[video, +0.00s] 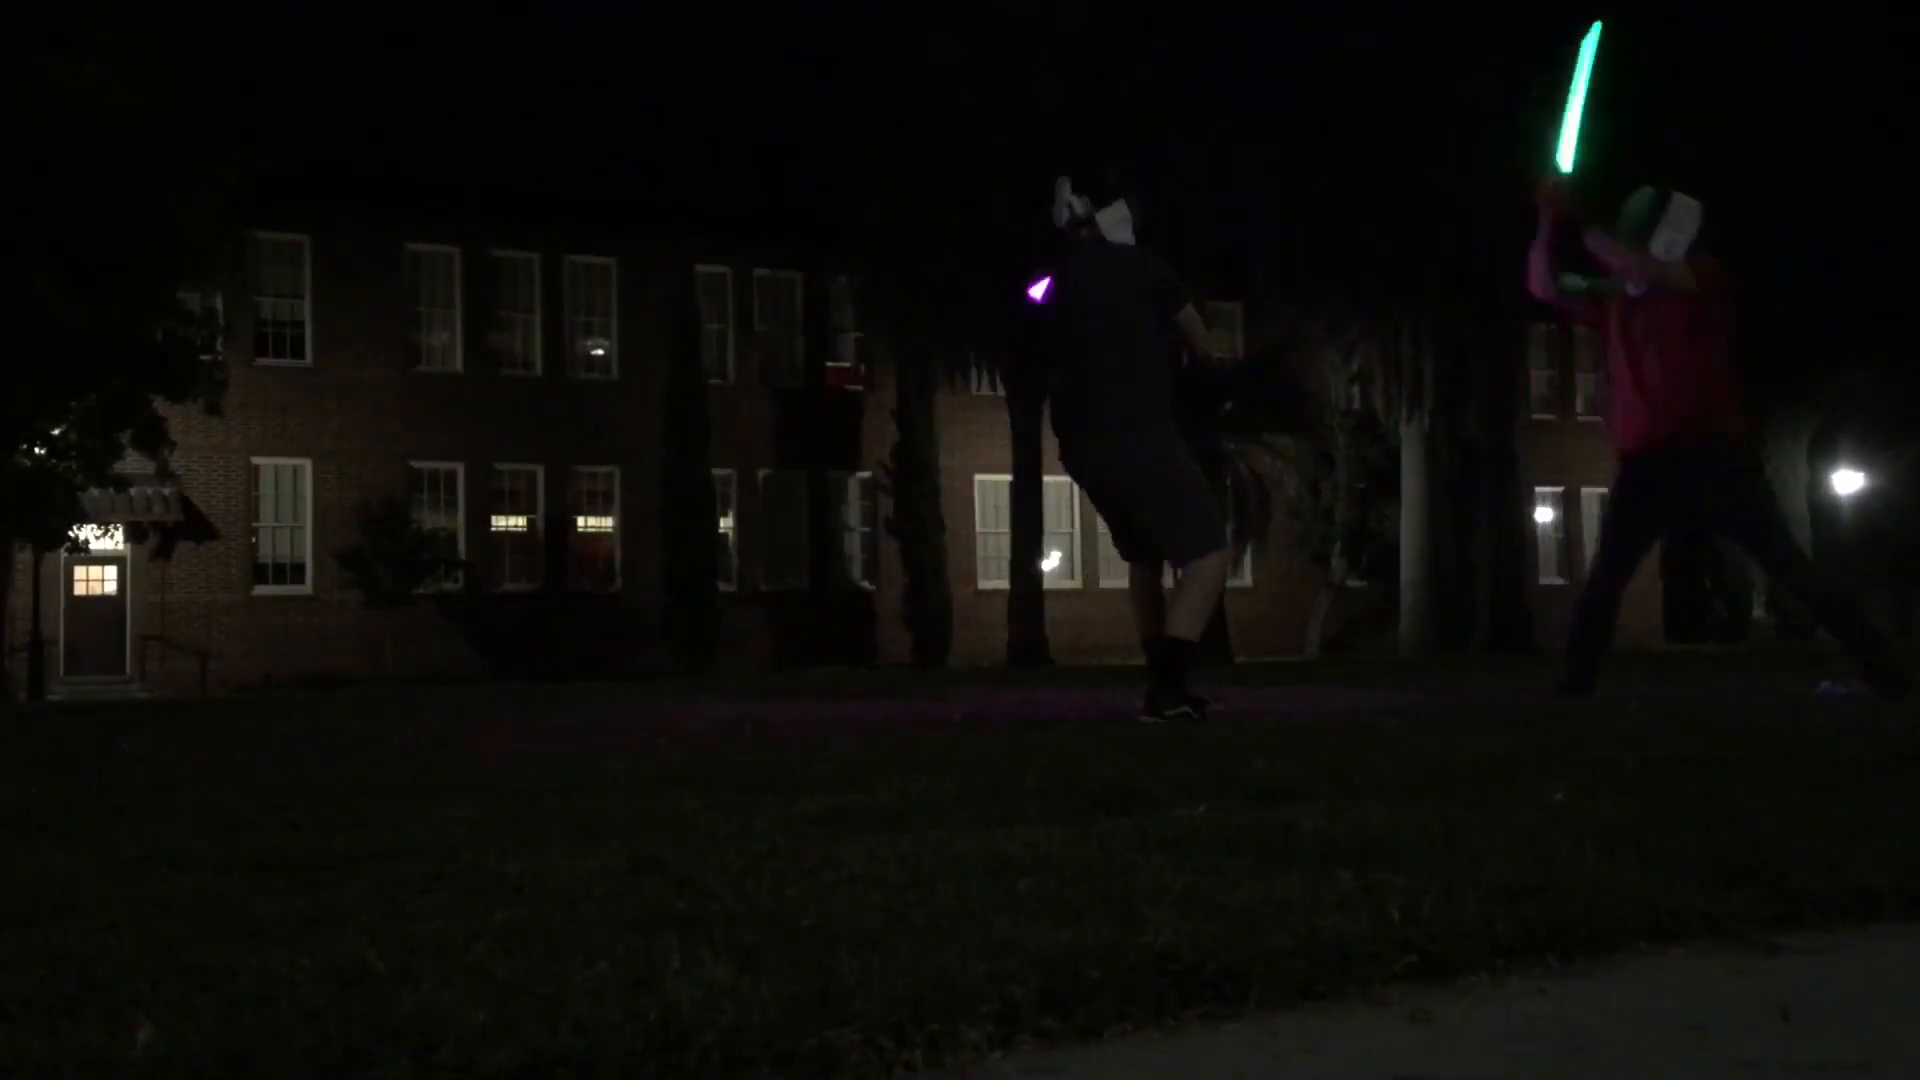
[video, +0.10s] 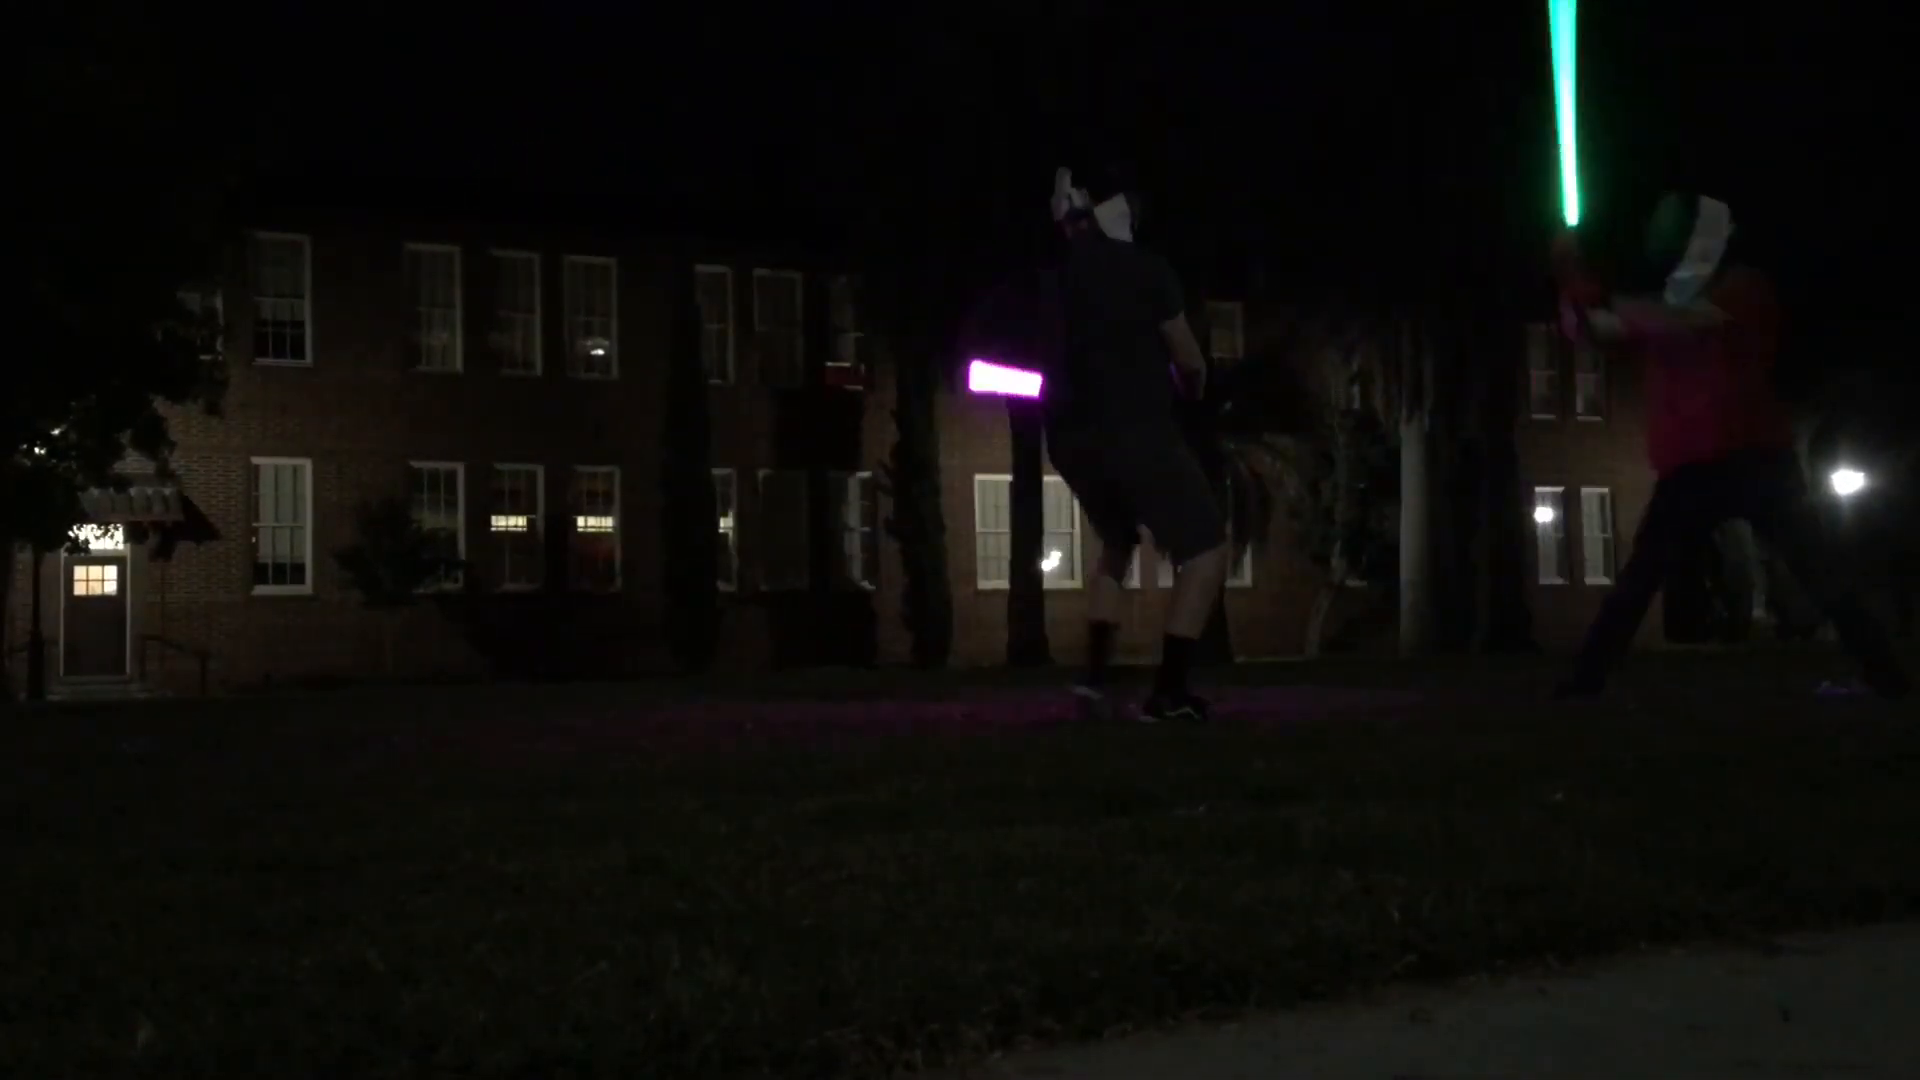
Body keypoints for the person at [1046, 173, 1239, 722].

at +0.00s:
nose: (1135, 217)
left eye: (1129, 207)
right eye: (1128, 208)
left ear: (1082, 222)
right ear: (1118, 215)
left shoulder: (1064, 281)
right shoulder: (1146, 271)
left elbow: (1056, 372)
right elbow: (1203, 348)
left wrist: (1063, 437)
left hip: (1084, 444)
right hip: (1144, 436)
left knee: (1143, 560)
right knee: (1208, 553)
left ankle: (1162, 683)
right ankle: (1170, 687)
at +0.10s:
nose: (1133, 210)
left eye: (1126, 199)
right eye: (1126, 201)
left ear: (1076, 215)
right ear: (1118, 210)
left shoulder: (1056, 272)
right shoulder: (1142, 269)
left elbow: (1049, 353)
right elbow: (1189, 355)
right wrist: (1196, 385)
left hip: (1070, 430)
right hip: (1137, 427)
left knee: (1115, 538)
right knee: (1206, 548)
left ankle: (1094, 678)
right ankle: (1172, 688)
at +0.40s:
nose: (1065, 211)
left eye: (1062, 199)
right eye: (1058, 201)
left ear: (1001, 209)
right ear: (1040, 205)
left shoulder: (967, 266)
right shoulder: (1056, 263)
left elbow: (957, 365)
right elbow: (1092, 358)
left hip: (991, 444)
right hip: (1062, 443)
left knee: (960, 569)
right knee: (1137, 560)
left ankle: (880, 689)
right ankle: (1166, 694)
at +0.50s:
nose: (1021, 217)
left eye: (1020, 204)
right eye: (1012, 205)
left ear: (962, 206)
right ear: (987, 205)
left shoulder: (928, 261)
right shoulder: (1011, 260)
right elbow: (1041, 353)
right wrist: (1065, 391)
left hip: (937, 440)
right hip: (1009, 440)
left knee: (923, 569)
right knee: (1083, 564)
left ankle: (874, 699)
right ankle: (1145, 684)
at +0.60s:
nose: (986, 208)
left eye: (985, 196)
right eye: (978, 195)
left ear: (929, 194)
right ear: (955, 193)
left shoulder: (890, 248)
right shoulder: (971, 250)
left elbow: (885, 344)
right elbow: (998, 347)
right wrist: (1025, 384)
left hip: (899, 427)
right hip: (969, 427)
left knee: (905, 560)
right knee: (1040, 541)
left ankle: (873, 701)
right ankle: (1057, 684)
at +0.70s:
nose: (962, 200)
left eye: (961, 188)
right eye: (956, 188)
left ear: (908, 186)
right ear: (934, 186)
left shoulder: (876, 239)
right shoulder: (946, 242)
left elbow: (875, 335)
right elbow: (967, 333)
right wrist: (994, 382)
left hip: (874, 416)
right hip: (937, 415)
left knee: (893, 553)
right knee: (1007, 533)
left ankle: (871, 703)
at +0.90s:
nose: (922, 196)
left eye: (920, 184)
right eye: (914, 184)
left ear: (871, 187)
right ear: (888, 186)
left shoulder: (850, 237)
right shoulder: (898, 241)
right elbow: (923, 338)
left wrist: (935, 396)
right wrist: (952, 396)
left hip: (852, 410)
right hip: (882, 415)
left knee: (882, 555)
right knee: (880, 555)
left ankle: (870, 698)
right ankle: (776, 667)